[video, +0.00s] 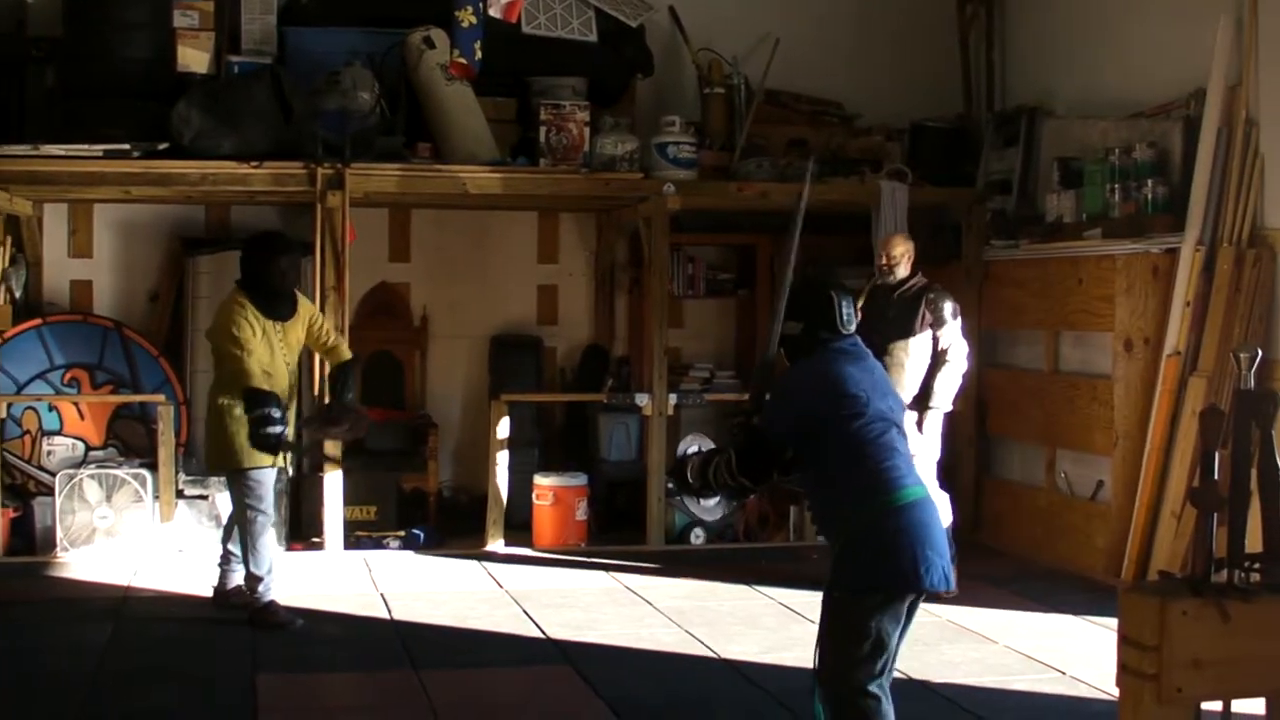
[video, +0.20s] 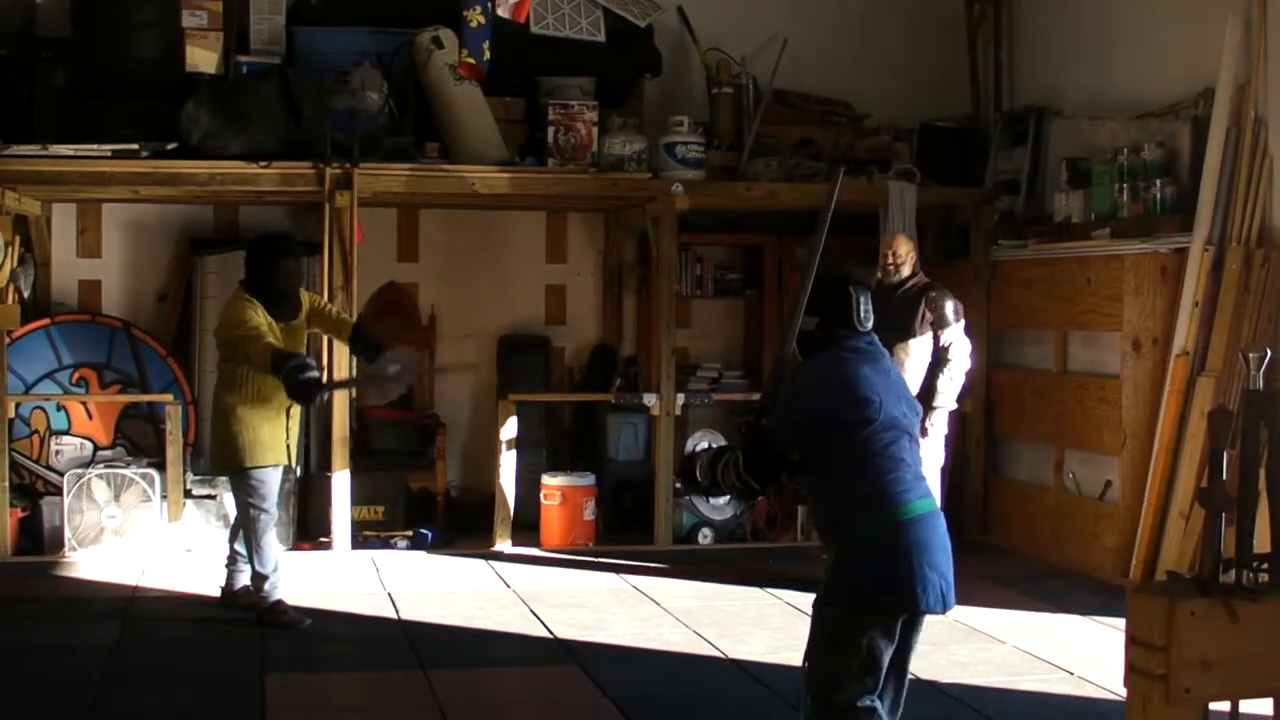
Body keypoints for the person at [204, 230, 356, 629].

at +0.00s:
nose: (291, 276)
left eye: (294, 268)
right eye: (283, 268)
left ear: (295, 268)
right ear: (259, 271)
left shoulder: (299, 308)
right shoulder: (236, 313)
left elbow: (331, 342)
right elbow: (244, 365)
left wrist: (343, 386)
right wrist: (263, 407)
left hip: (277, 418)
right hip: (240, 419)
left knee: (253, 504)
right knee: (258, 507)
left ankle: (230, 583)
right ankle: (262, 596)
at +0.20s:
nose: (296, 278)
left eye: (298, 269)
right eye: (288, 270)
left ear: (296, 270)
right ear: (264, 272)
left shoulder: (298, 302)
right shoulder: (241, 311)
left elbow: (331, 319)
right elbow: (256, 346)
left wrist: (363, 339)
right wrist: (287, 364)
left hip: (281, 425)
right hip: (247, 426)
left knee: (259, 507)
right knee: (261, 509)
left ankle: (237, 583)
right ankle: (268, 596)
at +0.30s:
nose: (296, 277)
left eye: (297, 269)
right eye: (288, 269)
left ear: (296, 271)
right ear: (264, 271)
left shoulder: (297, 303)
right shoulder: (240, 309)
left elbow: (331, 320)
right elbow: (252, 345)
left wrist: (366, 331)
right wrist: (291, 355)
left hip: (281, 428)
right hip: (247, 427)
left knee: (259, 508)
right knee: (260, 510)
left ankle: (237, 583)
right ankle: (268, 596)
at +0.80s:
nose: (295, 275)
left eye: (296, 266)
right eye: (285, 267)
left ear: (297, 267)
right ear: (258, 270)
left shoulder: (306, 312)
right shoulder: (231, 316)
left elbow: (324, 359)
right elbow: (218, 379)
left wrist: (319, 398)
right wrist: (255, 377)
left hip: (288, 425)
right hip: (248, 425)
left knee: (261, 504)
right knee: (264, 506)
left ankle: (237, 582)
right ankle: (268, 594)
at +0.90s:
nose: (290, 274)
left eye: (291, 265)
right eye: (280, 265)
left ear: (293, 267)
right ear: (256, 270)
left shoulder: (304, 312)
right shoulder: (230, 315)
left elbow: (318, 366)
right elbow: (218, 379)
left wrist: (311, 413)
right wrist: (256, 372)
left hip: (287, 426)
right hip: (246, 426)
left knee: (262, 505)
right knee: (262, 506)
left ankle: (237, 581)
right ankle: (268, 594)